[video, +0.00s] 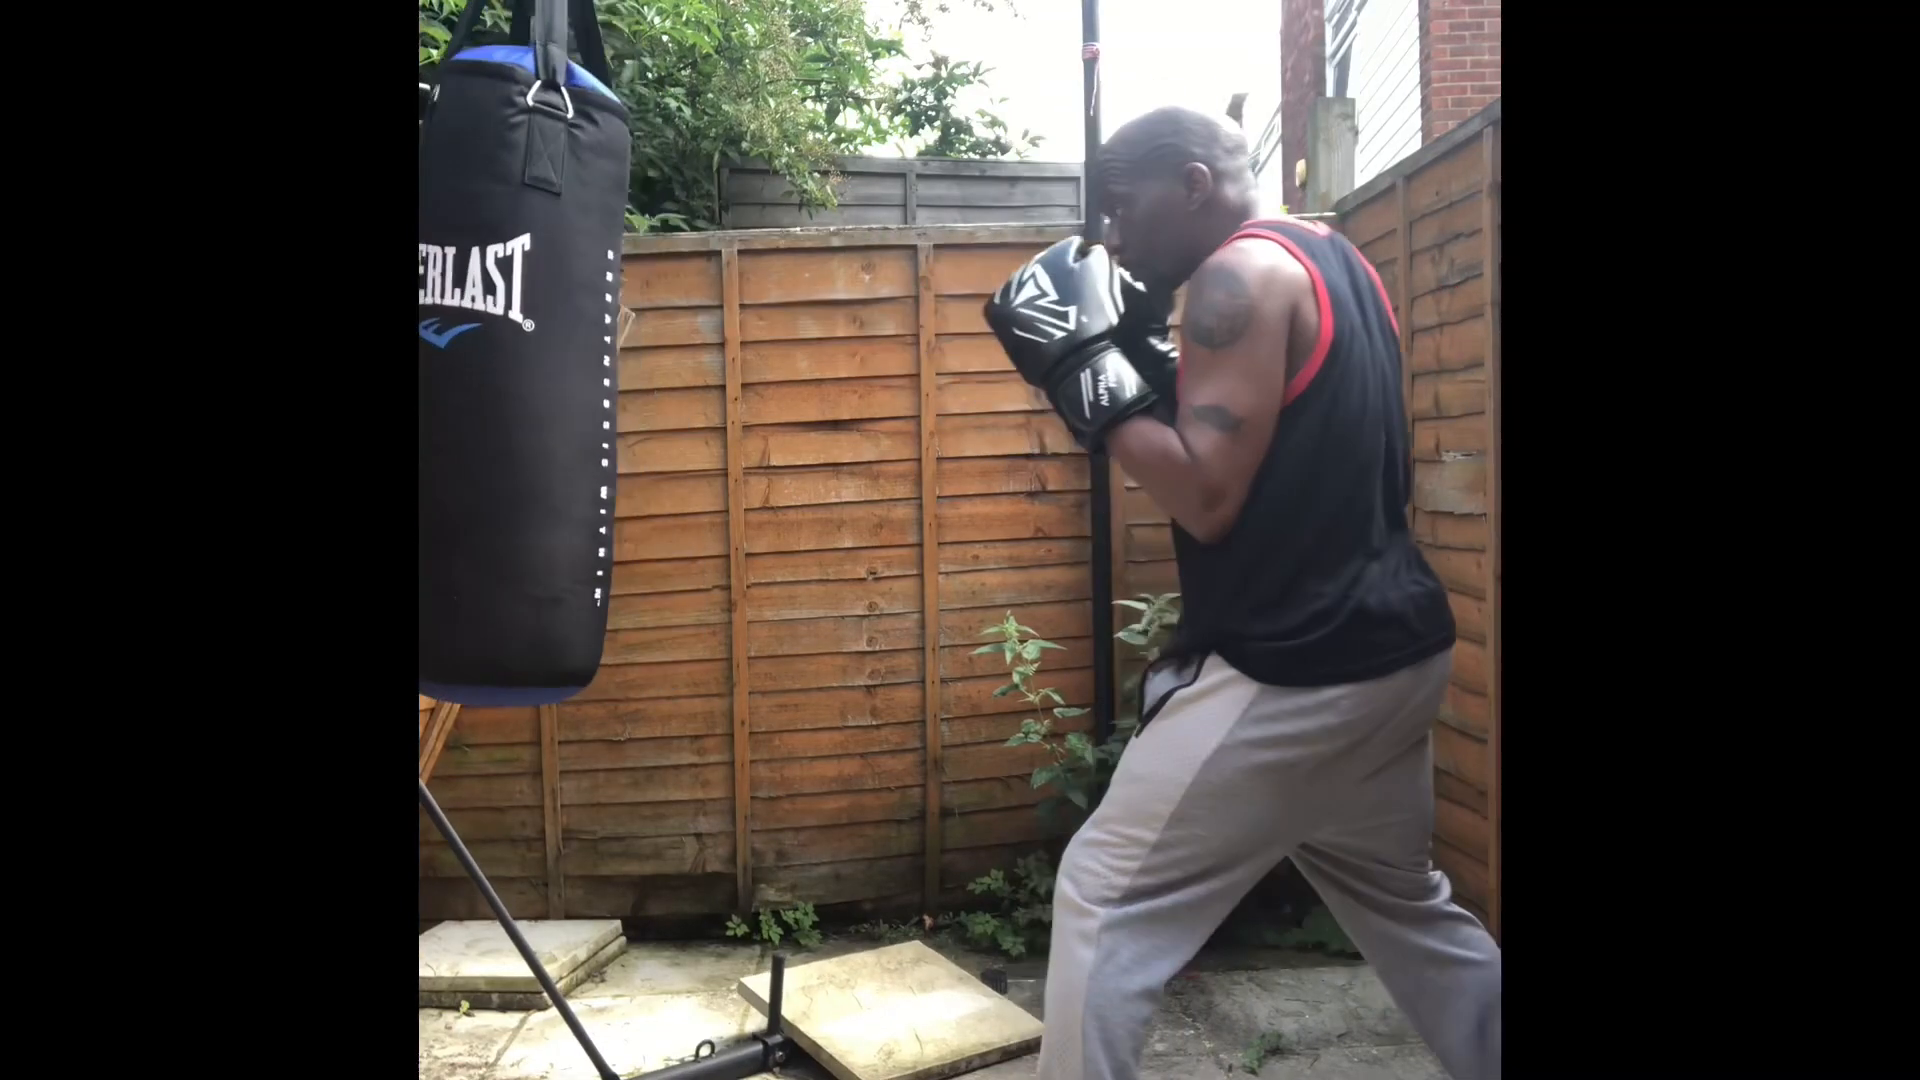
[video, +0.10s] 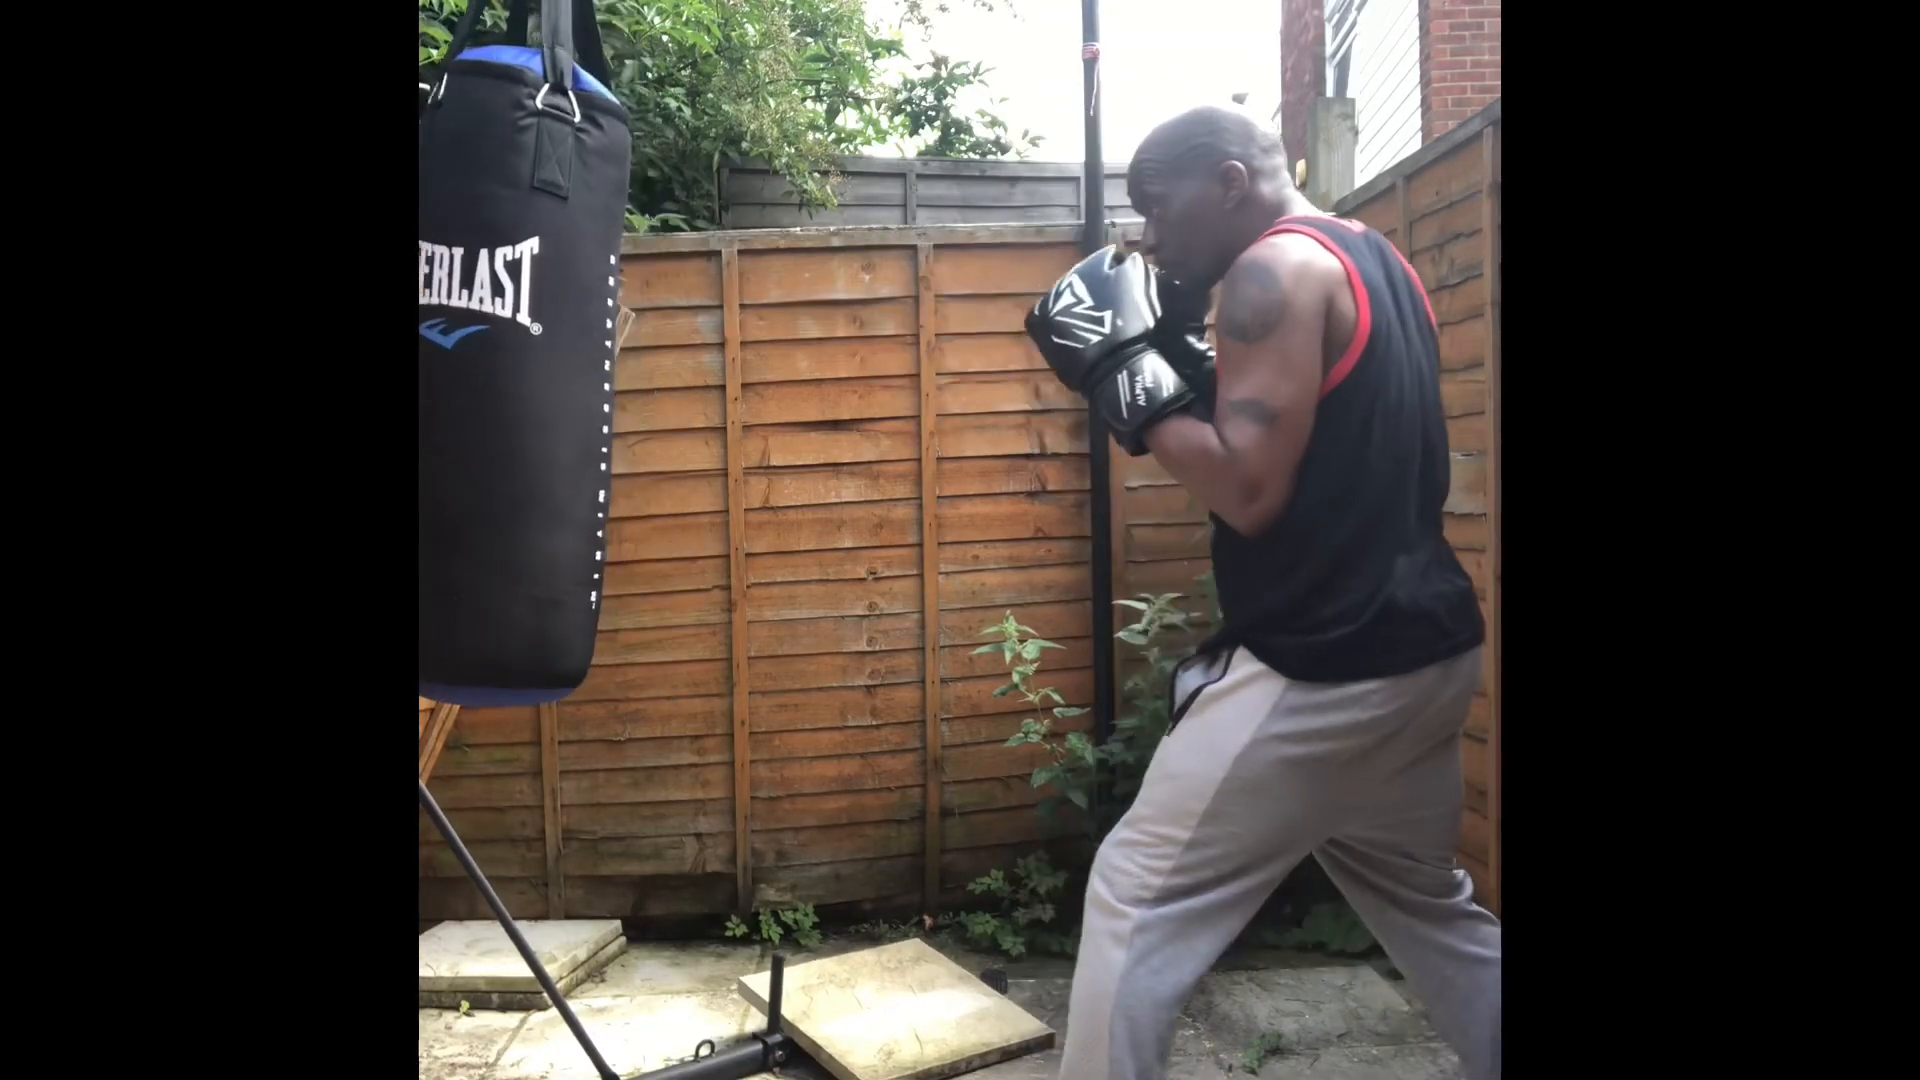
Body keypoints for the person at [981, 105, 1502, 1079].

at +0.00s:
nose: (1108, 238)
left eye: (1118, 208)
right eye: (1102, 214)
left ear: (1198, 185)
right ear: (1209, 188)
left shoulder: (1239, 275)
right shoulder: (1332, 255)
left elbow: (1203, 497)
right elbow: (1273, 452)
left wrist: (1079, 369)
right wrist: (1146, 351)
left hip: (1287, 662)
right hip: (1394, 640)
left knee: (1104, 894)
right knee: (1400, 901)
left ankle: (1077, 1068)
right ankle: (1492, 1059)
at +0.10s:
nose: (1149, 241)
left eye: (1157, 211)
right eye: (1143, 217)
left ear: (1236, 186)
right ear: (1251, 185)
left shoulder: (1276, 270)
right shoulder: (1371, 251)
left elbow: (1244, 489)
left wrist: (1119, 373)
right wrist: (1176, 347)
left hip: (1317, 664)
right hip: (1425, 642)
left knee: (1135, 895)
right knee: (1421, 898)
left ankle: (1097, 1071)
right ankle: (1494, 1057)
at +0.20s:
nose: (1173, 240)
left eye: (1179, 207)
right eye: (1165, 214)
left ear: (1256, 180)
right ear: (1271, 182)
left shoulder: (1295, 266)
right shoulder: (1393, 248)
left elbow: (1266, 481)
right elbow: (1350, 433)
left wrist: (1140, 372)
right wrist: (1207, 355)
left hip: (1337, 659)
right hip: (1440, 638)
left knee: (1161, 905)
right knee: (1421, 895)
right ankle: (1496, 1059)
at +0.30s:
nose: (1182, 241)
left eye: (1188, 208)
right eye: (1175, 214)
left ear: (1265, 179)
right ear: (1281, 181)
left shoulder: (1304, 266)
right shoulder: (1404, 248)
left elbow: (1274, 482)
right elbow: (1359, 440)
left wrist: (1147, 370)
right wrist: (1210, 357)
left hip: (1342, 663)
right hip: (1445, 641)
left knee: (1171, 909)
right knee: (1430, 904)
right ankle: (1496, 1059)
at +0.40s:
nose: (1178, 242)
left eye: (1184, 208)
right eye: (1171, 216)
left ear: (1261, 180)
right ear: (1277, 183)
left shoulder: (1303, 267)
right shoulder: (1399, 251)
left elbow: (1275, 481)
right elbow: (1353, 440)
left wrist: (1143, 372)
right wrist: (1210, 358)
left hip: (1340, 663)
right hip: (1443, 644)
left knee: (1162, 903)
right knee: (1426, 902)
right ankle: (1496, 1060)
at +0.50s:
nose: (1160, 235)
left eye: (1167, 203)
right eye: (1153, 209)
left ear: (1245, 180)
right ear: (1261, 181)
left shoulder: (1282, 268)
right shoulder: (1388, 252)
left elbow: (1252, 476)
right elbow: (1353, 432)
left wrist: (1123, 370)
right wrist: (1201, 356)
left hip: (1309, 661)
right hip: (1432, 647)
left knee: (1126, 888)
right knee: (1433, 903)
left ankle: (1093, 1069)